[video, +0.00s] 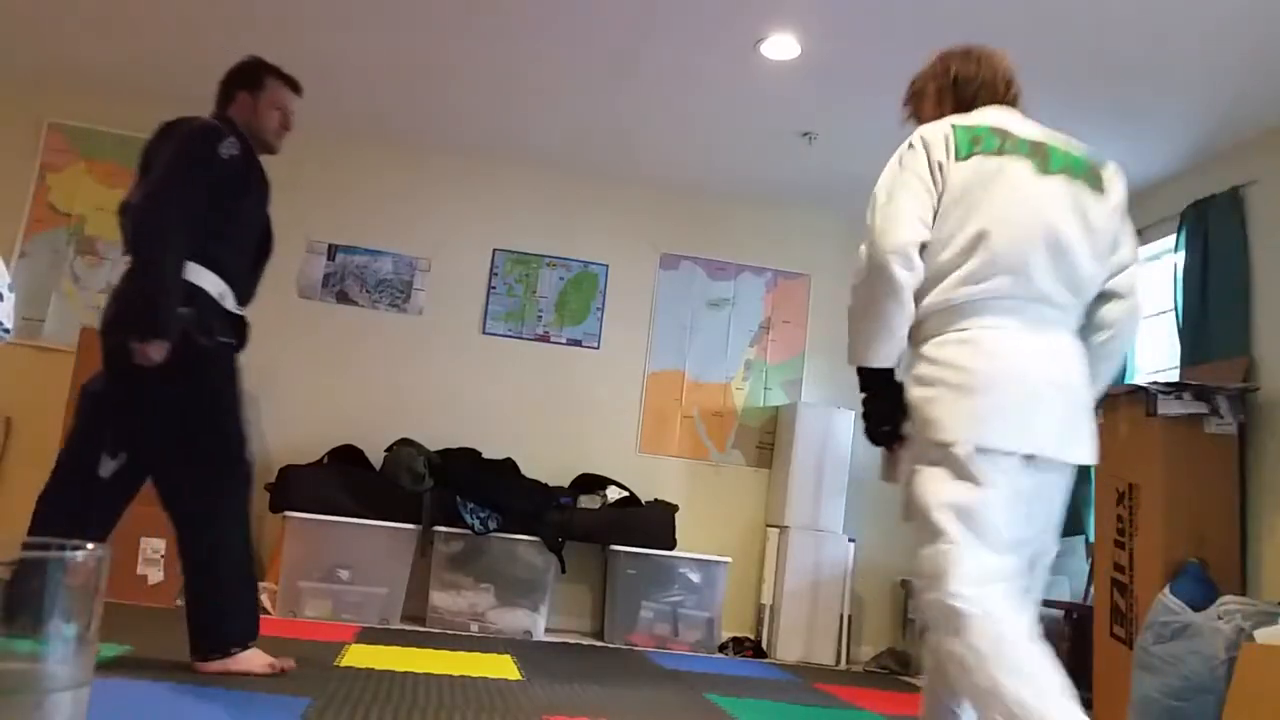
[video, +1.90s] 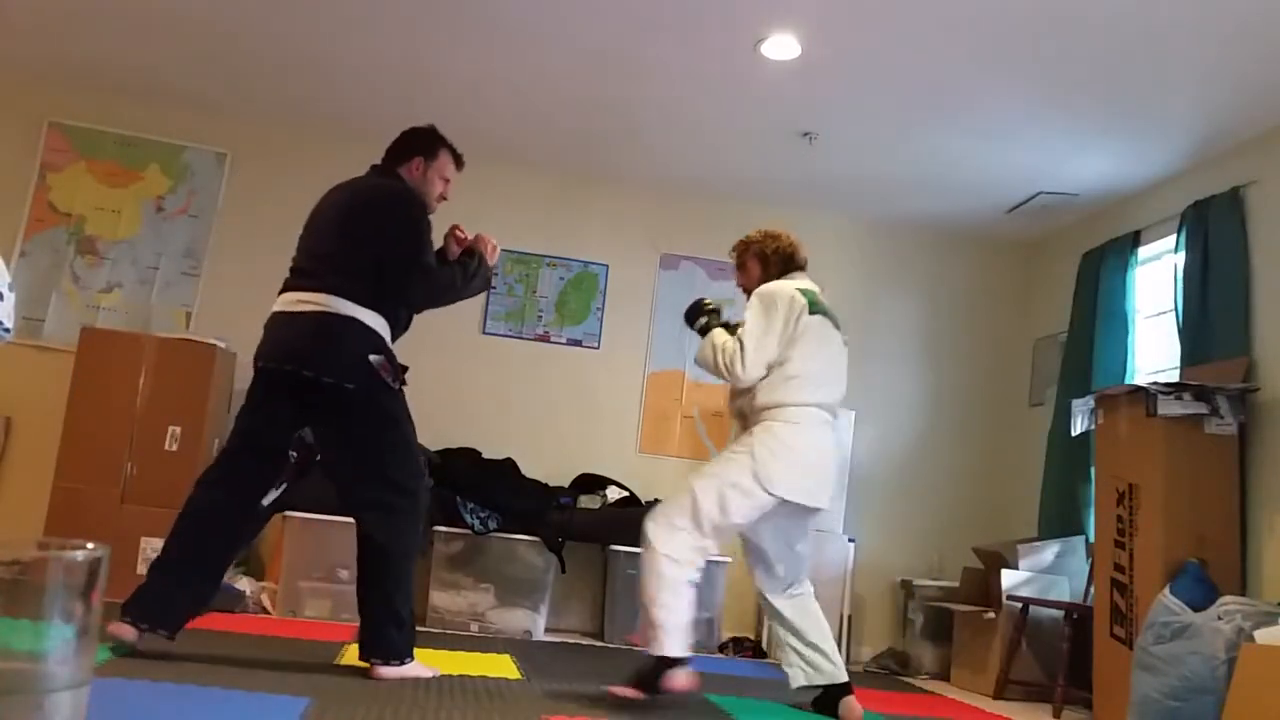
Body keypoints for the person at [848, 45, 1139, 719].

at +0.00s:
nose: (916, 123)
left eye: (918, 110)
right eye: (913, 111)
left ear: (944, 97)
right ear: (1007, 97)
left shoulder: (933, 142)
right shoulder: (1094, 170)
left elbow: (889, 255)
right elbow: (1121, 307)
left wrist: (878, 385)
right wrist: (1069, 393)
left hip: (969, 376)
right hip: (1063, 392)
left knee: (963, 594)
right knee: (1009, 597)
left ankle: (1054, 715)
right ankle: (952, 715)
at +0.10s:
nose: (898, 141)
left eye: (900, 131)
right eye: (895, 132)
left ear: (922, 118)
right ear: (981, 119)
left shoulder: (915, 155)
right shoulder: (1059, 194)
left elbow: (897, 273)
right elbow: (1077, 320)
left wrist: (858, 378)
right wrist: (1025, 389)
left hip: (946, 375)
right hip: (1036, 394)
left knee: (886, 583)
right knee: (979, 591)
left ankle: (1003, 706)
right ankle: (955, 718)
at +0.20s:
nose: (874, 149)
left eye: (876, 139)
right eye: (871, 140)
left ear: (896, 123)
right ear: (950, 126)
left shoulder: (899, 159)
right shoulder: (1025, 200)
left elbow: (869, 270)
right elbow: (1025, 315)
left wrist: (826, 345)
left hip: (926, 373)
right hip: (1009, 387)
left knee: (838, 552)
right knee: (962, 581)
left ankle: (916, 697)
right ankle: (969, 712)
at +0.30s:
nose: (849, 162)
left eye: (851, 150)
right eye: (846, 151)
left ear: (879, 133)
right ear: (922, 138)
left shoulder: (882, 171)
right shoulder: (983, 205)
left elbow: (839, 281)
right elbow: (970, 307)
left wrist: (777, 309)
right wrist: (850, 323)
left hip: (905, 390)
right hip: (987, 400)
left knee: (819, 534)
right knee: (951, 573)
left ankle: (819, 692)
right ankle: (962, 713)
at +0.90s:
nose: (801, 244)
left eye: (803, 233)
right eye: (799, 235)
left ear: (823, 222)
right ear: (855, 218)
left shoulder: (843, 255)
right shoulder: (901, 259)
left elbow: (803, 340)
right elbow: (866, 337)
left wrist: (776, 288)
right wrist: (809, 283)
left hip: (861, 431)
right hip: (910, 432)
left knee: (789, 561)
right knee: (884, 575)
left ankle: (790, 703)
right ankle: (915, 701)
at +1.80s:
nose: (747, 274)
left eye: (750, 263)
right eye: (746, 265)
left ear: (770, 258)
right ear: (795, 258)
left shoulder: (783, 289)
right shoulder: (831, 301)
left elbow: (750, 364)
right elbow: (787, 371)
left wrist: (720, 317)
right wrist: (745, 322)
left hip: (792, 445)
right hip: (835, 454)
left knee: (694, 533)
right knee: (793, 578)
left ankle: (716, 663)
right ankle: (836, 691)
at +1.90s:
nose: (739, 279)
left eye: (743, 267)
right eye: (737, 269)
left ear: (766, 262)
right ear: (789, 264)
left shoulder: (775, 295)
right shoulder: (818, 308)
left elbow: (741, 366)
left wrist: (708, 327)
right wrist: (730, 334)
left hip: (781, 444)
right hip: (819, 453)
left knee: (670, 527)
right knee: (784, 579)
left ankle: (668, 661)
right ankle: (830, 688)